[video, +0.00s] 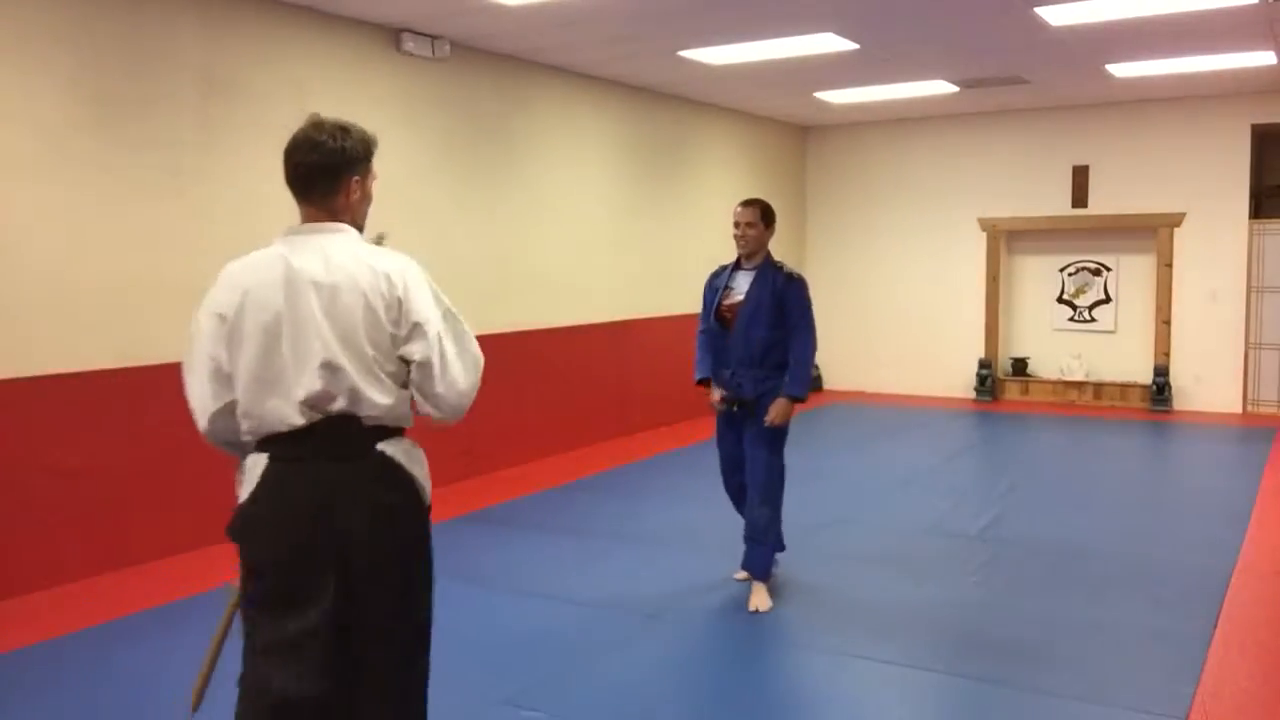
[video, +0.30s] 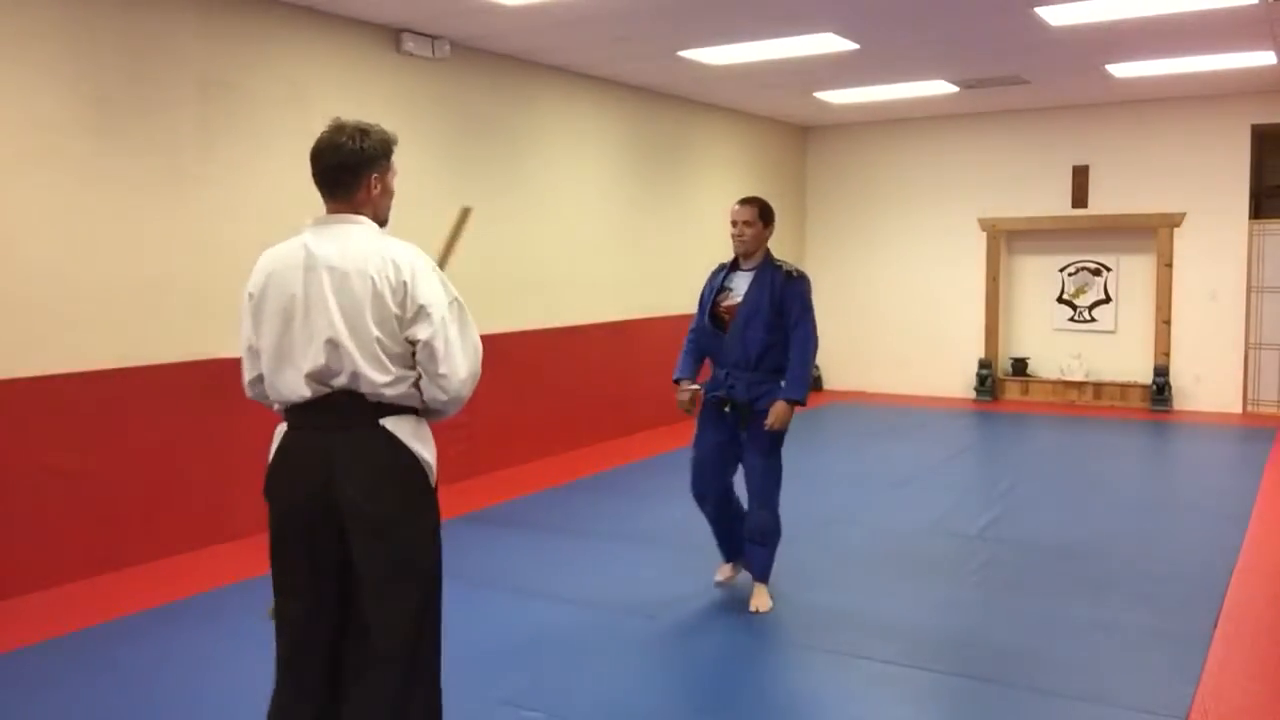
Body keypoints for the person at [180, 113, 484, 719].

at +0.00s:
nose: (370, 192)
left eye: (369, 179)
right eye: (369, 180)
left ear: (296, 185)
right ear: (356, 186)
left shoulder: (239, 280)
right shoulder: (394, 276)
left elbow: (213, 413)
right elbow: (451, 391)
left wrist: (275, 443)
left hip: (280, 499)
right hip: (382, 496)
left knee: (278, 673)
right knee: (388, 671)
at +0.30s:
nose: (393, 187)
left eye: (391, 176)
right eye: (390, 176)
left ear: (326, 184)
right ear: (375, 184)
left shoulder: (271, 267)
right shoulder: (406, 265)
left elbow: (257, 380)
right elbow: (451, 383)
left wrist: (321, 382)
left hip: (296, 465)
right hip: (386, 465)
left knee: (304, 633)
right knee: (395, 633)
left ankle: (302, 719)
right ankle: (393, 717)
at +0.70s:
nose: (389, 192)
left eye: (386, 179)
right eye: (382, 182)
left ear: (329, 194)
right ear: (355, 191)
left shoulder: (285, 264)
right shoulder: (371, 260)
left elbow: (292, 364)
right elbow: (411, 364)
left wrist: (383, 376)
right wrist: (476, 343)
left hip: (307, 429)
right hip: (368, 432)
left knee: (331, 589)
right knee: (401, 583)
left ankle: (344, 709)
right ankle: (408, 708)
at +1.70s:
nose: (411, 201)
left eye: (408, 191)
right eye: (403, 192)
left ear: (361, 202)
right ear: (376, 199)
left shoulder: (310, 263)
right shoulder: (383, 265)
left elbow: (288, 356)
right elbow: (411, 367)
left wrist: (315, 410)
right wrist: (461, 440)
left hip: (318, 424)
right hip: (372, 427)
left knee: (324, 565)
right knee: (394, 569)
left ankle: (311, 695)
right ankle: (394, 701)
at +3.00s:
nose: (393, 226)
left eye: (391, 216)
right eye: (390, 218)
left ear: (334, 225)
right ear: (376, 222)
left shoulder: (293, 290)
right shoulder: (401, 291)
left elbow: (275, 379)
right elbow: (463, 381)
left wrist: (323, 400)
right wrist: (494, 355)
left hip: (317, 445)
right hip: (387, 444)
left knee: (324, 576)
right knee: (431, 574)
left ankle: (315, 706)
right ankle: (449, 704)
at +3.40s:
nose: (357, 217)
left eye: (356, 211)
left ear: (356, 214)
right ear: (413, 213)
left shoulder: (347, 267)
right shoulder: (457, 269)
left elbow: (330, 341)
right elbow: (467, 341)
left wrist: (275, 417)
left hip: (392, 441)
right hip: (470, 433)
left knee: (354, 593)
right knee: (474, 588)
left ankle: (364, 705)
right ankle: (476, 705)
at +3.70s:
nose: (388, 282)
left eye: (388, 274)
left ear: (389, 278)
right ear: (443, 278)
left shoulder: (384, 325)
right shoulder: (477, 330)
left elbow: (328, 405)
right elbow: (505, 412)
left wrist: (274, 471)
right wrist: (417, 476)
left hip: (447, 480)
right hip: (517, 474)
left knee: (379, 619)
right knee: (501, 617)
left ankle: (367, 705)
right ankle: (505, 706)